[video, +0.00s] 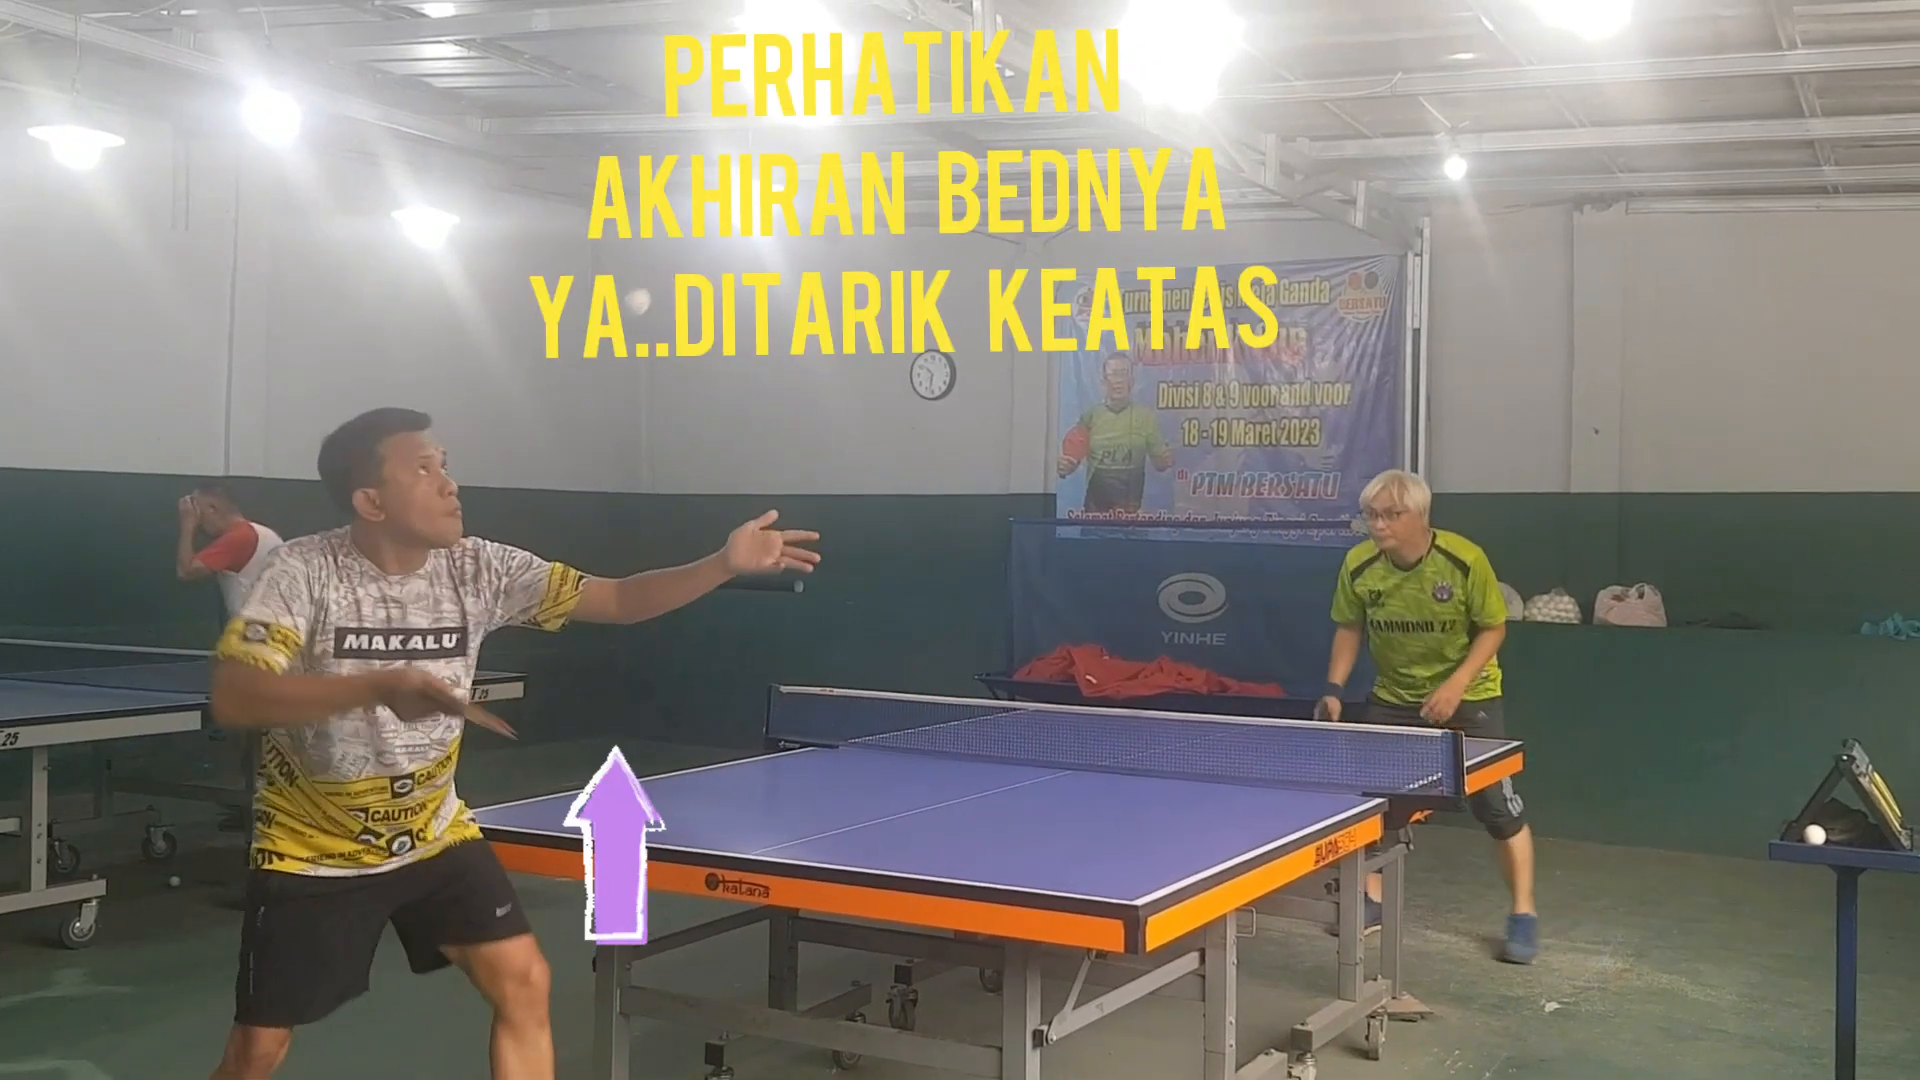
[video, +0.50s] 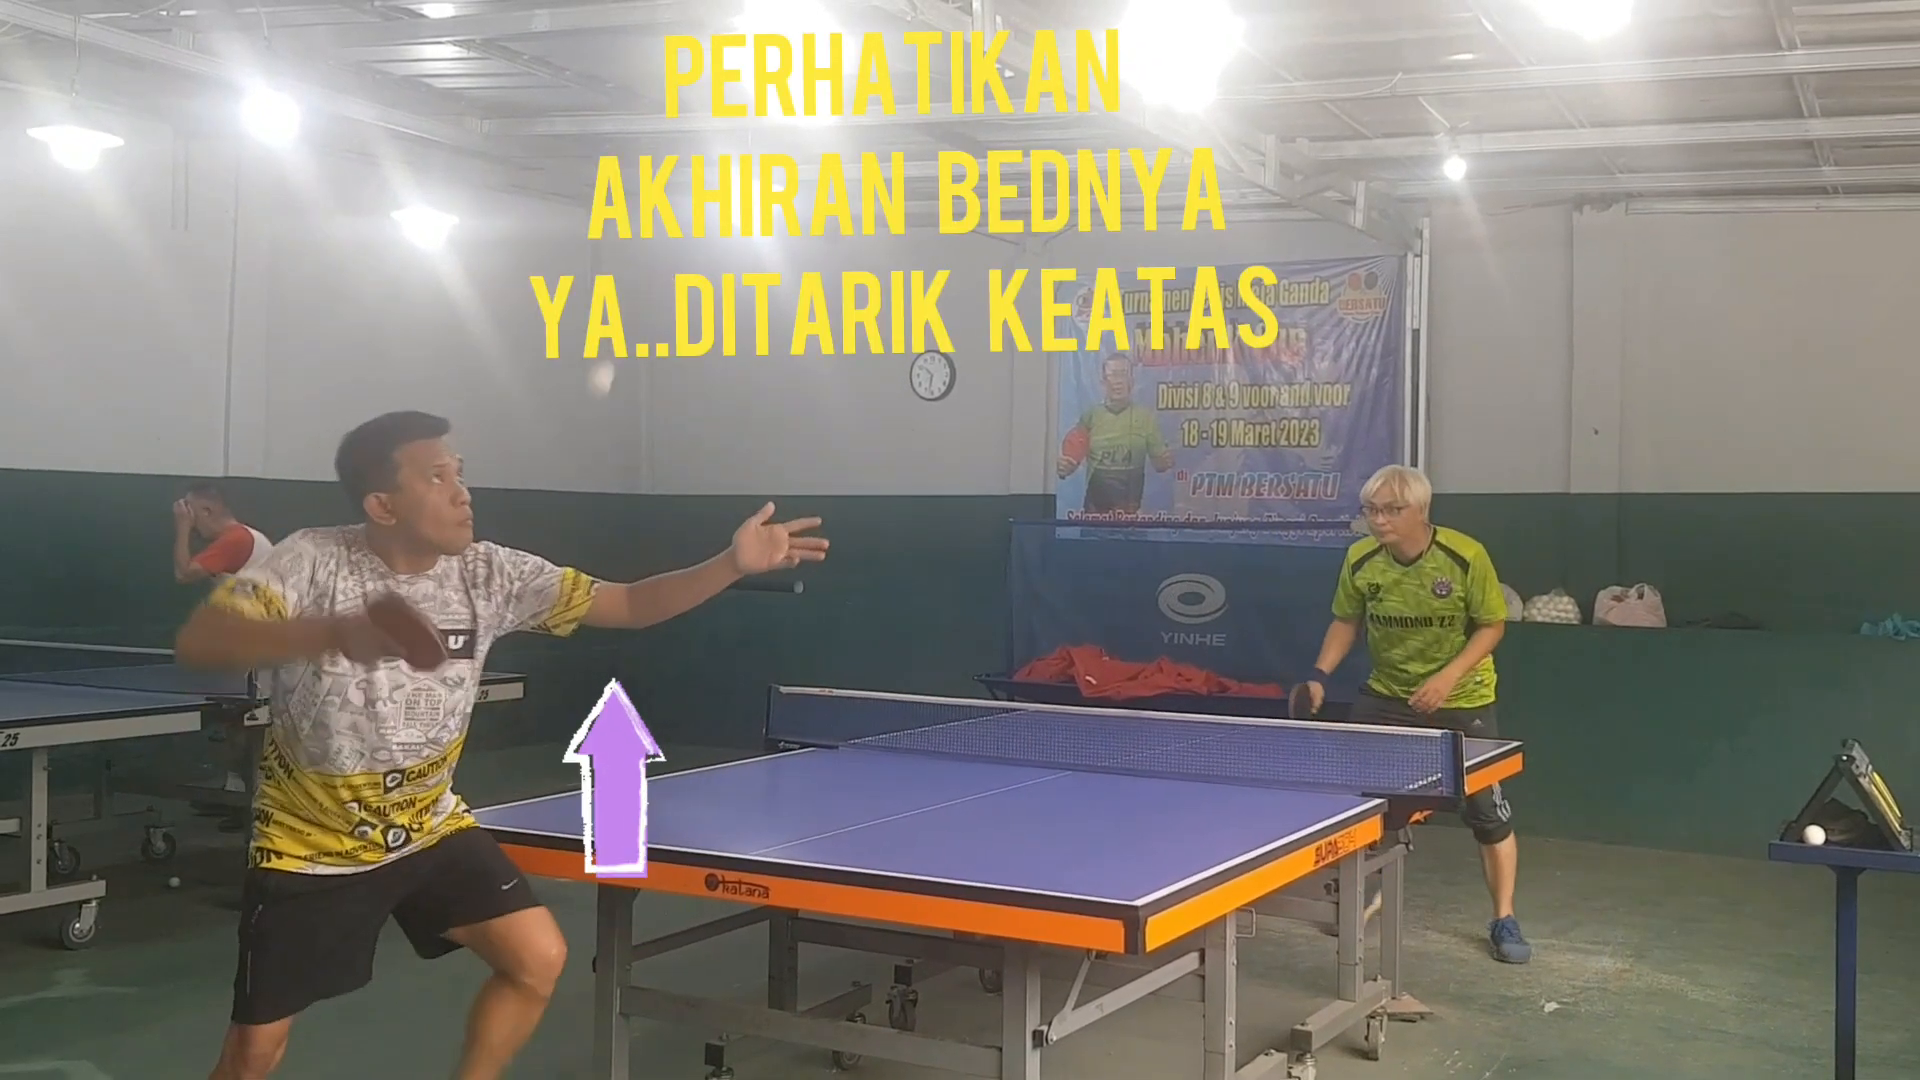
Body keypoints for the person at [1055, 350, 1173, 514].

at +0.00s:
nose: (1117, 381)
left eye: (1123, 374)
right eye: (1111, 375)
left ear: (1132, 380)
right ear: (1103, 381)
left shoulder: (1145, 417)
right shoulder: (1091, 417)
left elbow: (1158, 461)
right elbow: (1075, 449)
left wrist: (1165, 459)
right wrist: (1065, 465)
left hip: (1130, 504)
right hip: (1096, 505)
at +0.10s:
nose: (1117, 381)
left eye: (1123, 374)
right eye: (1111, 375)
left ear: (1132, 380)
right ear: (1103, 381)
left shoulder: (1145, 417)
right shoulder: (1091, 417)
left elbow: (1158, 461)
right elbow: (1075, 449)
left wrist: (1165, 459)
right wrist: (1065, 465)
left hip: (1130, 504)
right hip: (1096, 505)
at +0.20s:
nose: (1117, 381)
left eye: (1122, 375)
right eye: (1111, 375)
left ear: (1131, 380)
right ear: (1103, 381)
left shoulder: (1144, 417)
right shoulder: (1090, 418)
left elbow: (1158, 461)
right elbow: (1074, 450)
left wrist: (1165, 460)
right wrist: (1064, 465)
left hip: (1130, 505)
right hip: (1095, 505)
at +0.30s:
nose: (1117, 381)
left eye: (1122, 375)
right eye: (1111, 375)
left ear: (1131, 380)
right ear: (1103, 381)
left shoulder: (1144, 417)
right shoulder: (1091, 417)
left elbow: (1158, 461)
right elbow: (1074, 449)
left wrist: (1165, 460)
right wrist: (1064, 466)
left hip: (1129, 504)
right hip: (1095, 505)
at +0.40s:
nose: (1117, 381)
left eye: (1122, 374)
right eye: (1111, 375)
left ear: (1131, 380)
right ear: (1103, 380)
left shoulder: (1144, 417)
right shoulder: (1091, 416)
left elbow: (1158, 461)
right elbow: (1074, 448)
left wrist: (1165, 460)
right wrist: (1064, 465)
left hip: (1129, 504)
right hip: (1095, 504)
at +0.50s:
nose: (1117, 382)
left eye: (1122, 375)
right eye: (1111, 375)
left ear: (1132, 380)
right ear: (1103, 381)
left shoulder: (1145, 417)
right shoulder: (1091, 417)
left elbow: (1158, 461)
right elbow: (1074, 449)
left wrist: (1165, 461)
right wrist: (1065, 466)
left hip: (1130, 504)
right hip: (1095, 505)